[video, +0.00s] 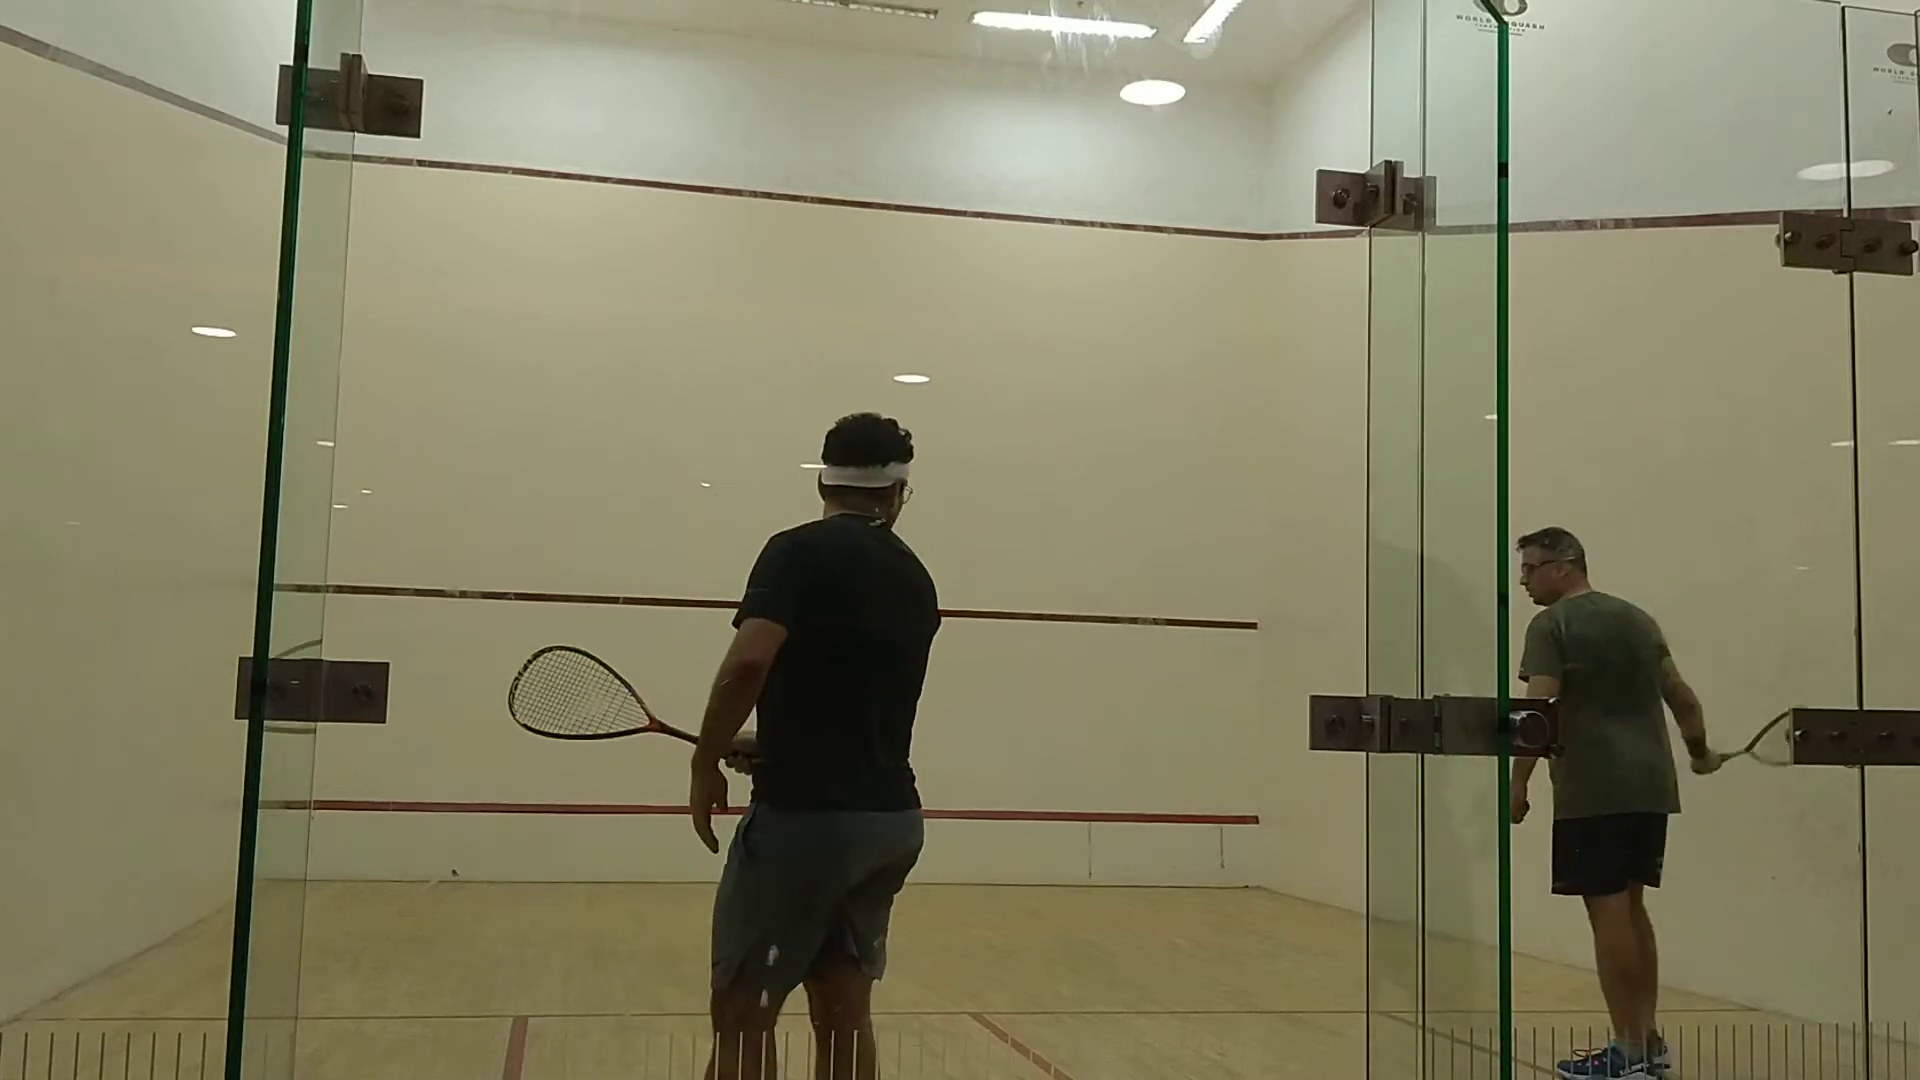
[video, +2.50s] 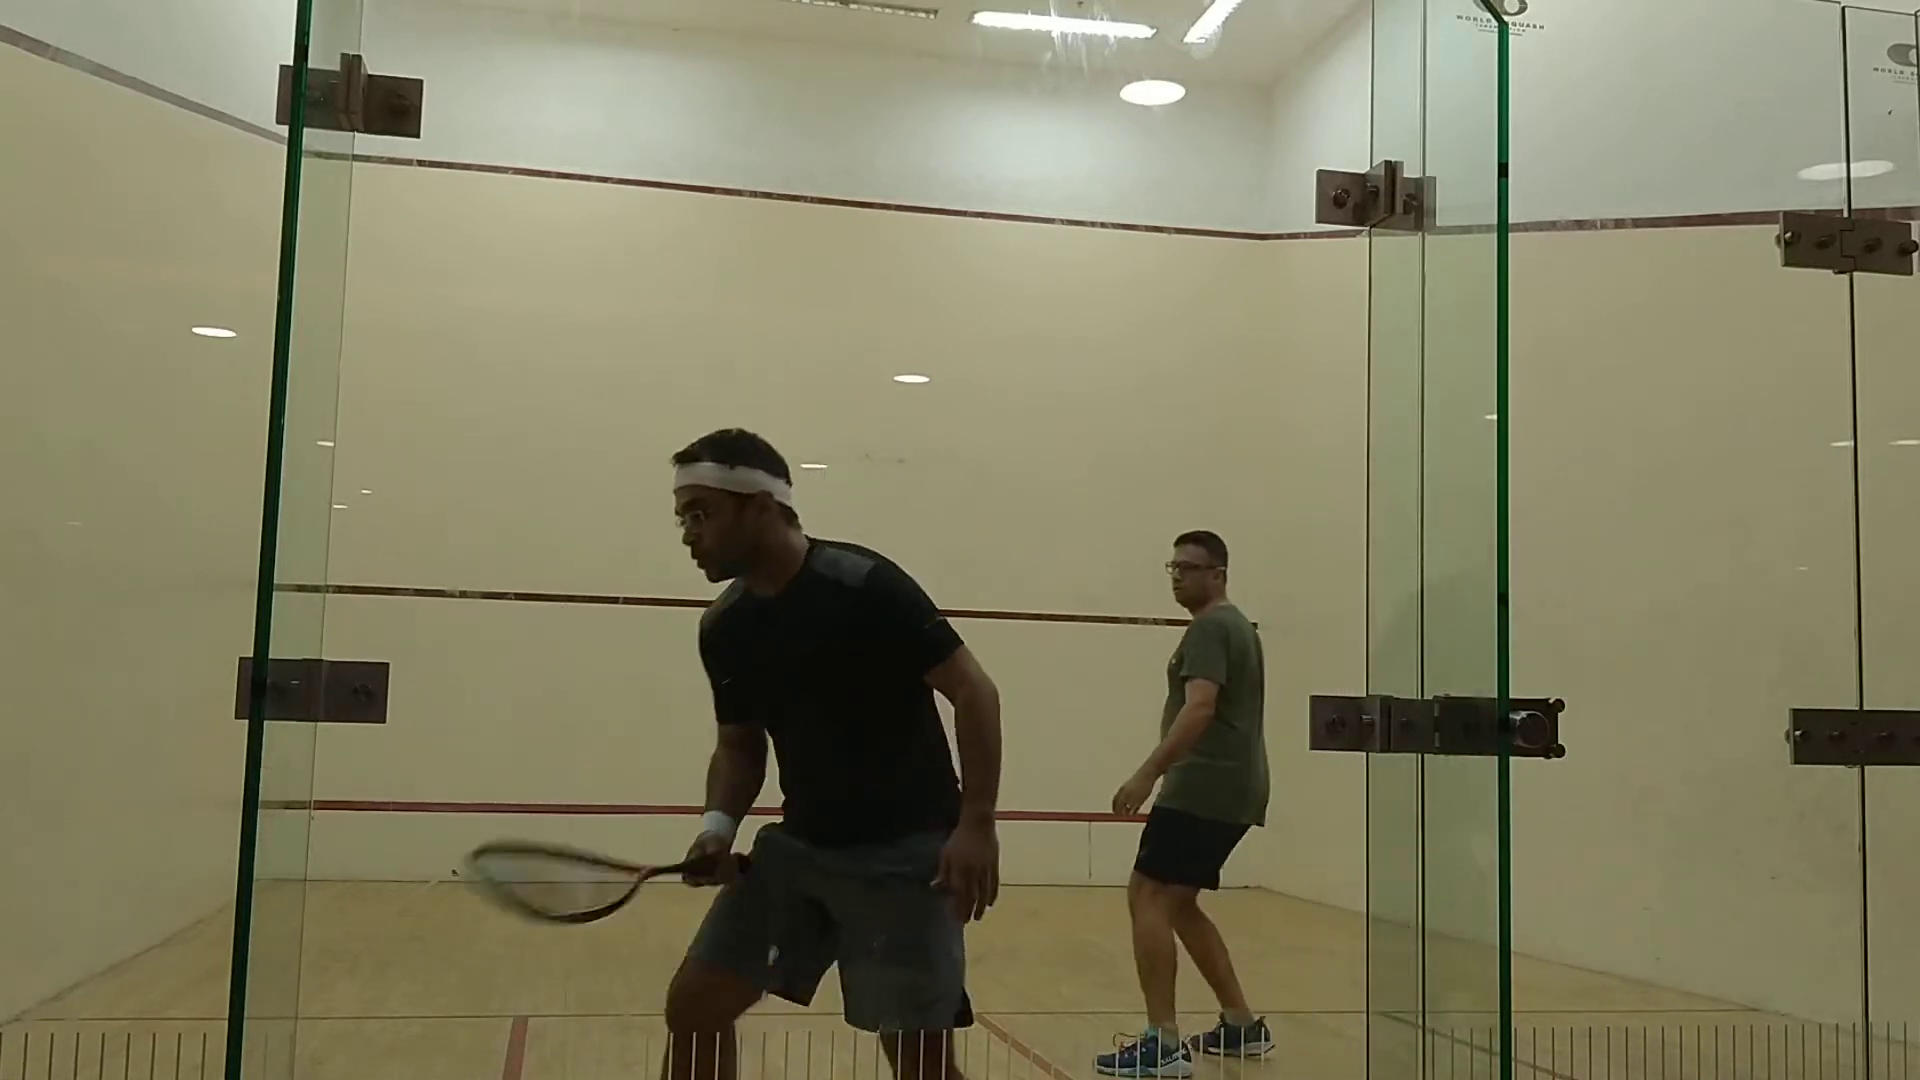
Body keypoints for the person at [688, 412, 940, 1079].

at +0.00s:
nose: (899, 499)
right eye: (901, 489)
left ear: (824, 483)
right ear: (900, 492)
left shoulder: (794, 553)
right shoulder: (916, 579)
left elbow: (747, 666)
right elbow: (874, 706)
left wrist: (706, 758)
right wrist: (770, 742)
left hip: (797, 824)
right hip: (890, 823)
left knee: (742, 1014)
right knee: (843, 1007)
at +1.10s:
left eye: (793, 469)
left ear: (781, 477)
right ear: (859, 482)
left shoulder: (751, 563)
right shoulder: (897, 580)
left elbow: (700, 674)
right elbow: (893, 707)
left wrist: (653, 772)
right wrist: (801, 757)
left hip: (772, 824)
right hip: (871, 821)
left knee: (727, 1012)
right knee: (834, 1004)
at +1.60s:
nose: (770, 473)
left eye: (771, 463)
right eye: (778, 462)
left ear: (774, 475)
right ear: (849, 475)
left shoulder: (796, 559)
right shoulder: (882, 561)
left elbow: (794, 673)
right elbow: (869, 699)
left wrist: (730, 799)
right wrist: (789, 803)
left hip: (818, 818)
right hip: (890, 815)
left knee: (772, 1007)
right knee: (835, 1004)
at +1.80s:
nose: (773, 476)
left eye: (774, 464)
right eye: (779, 463)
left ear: (785, 482)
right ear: (861, 479)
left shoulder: (821, 567)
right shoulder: (889, 558)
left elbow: (823, 696)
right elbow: (891, 708)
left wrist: (774, 831)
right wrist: (813, 832)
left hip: (857, 830)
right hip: (908, 825)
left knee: (821, 1024)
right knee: (837, 1017)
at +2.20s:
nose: (747, 499)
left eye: (758, 480)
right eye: (748, 481)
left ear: (813, 483)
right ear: (812, 484)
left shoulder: (880, 571)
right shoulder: (829, 576)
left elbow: (911, 705)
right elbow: (841, 704)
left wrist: (862, 849)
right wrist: (785, 760)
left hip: (916, 843)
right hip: (838, 838)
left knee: (915, 1050)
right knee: (759, 1018)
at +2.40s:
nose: (711, 509)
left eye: (724, 489)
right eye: (708, 493)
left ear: (786, 485)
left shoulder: (887, 577)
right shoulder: (754, 597)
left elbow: (971, 697)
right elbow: (760, 706)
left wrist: (952, 826)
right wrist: (736, 776)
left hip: (904, 856)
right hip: (805, 852)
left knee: (928, 1054)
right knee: (737, 1024)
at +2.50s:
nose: (687, 535)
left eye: (699, 514)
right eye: (683, 518)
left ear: (759, 506)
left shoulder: (868, 585)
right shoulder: (725, 628)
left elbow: (975, 695)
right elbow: (740, 743)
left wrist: (977, 825)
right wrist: (716, 830)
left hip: (906, 858)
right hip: (802, 851)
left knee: (921, 1058)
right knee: (695, 1009)